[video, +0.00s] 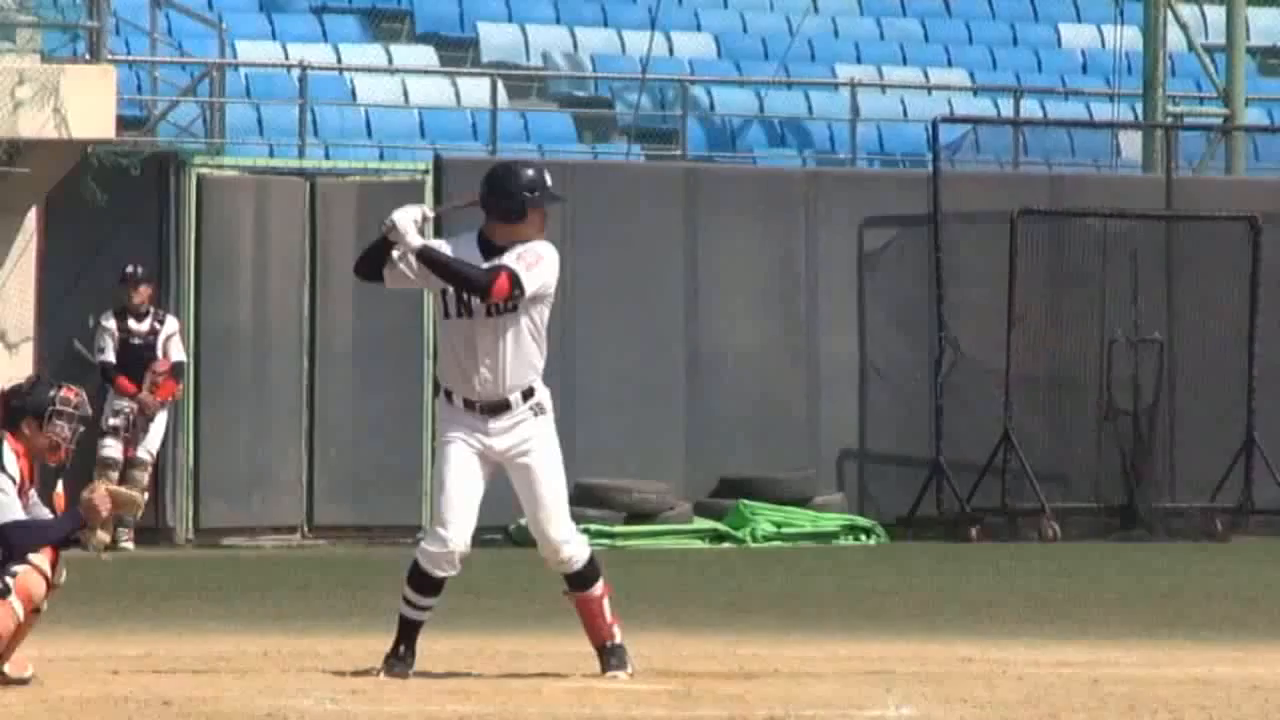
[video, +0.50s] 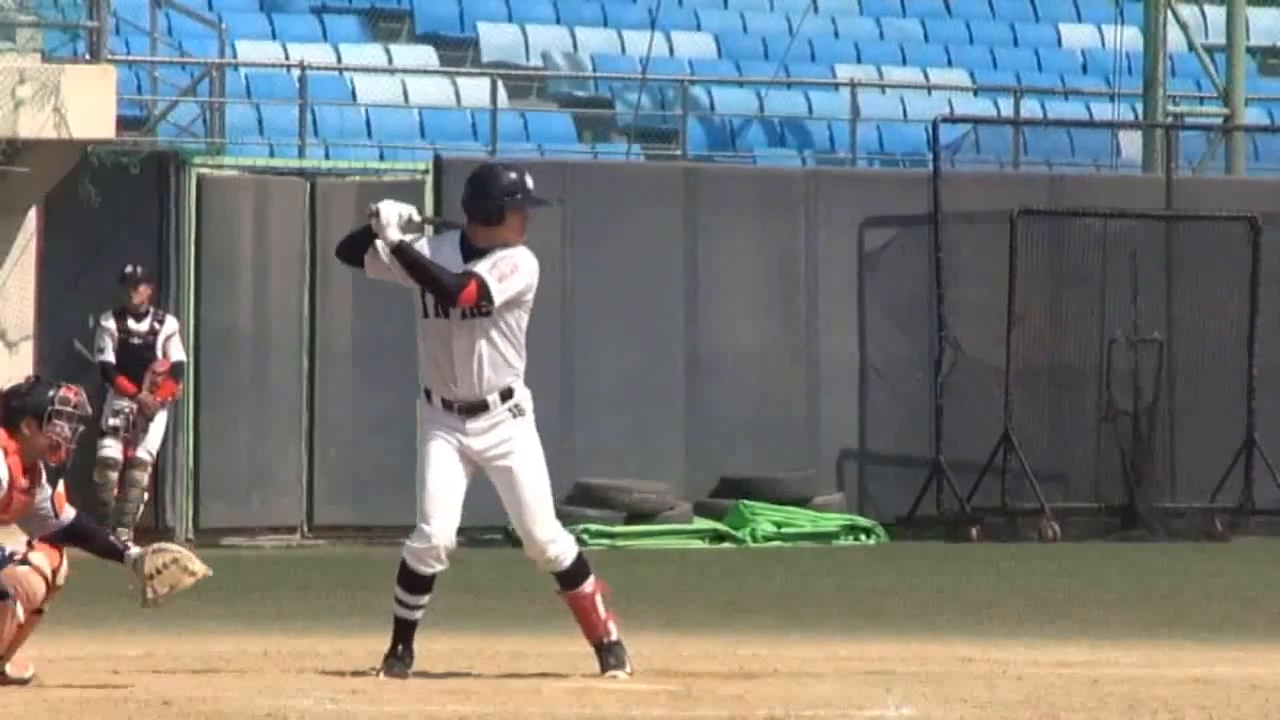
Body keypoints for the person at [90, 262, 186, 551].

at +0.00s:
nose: (134, 293)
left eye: (140, 287)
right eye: (130, 287)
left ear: (151, 290)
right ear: (123, 290)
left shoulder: (168, 324)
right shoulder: (110, 322)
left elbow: (177, 368)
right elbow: (107, 367)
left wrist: (160, 397)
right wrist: (137, 394)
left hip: (153, 399)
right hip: (120, 396)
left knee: (141, 461)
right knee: (109, 457)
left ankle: (126, 529)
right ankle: (102, 526)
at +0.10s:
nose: (134, 293)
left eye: (140, 287)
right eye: (130, 287)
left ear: (151, 290)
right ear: (124, 290)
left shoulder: (168, 324)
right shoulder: (110, 322)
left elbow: (178, 368)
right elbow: (107, 367)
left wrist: (159, 397)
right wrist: (137, 394)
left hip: (153, 399)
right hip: (120, 396)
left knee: (140, 462)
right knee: (108, 457)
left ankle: (126, 529)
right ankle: (103, 527)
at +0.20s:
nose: (134, 293)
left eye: (140, 287)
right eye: (130, 287)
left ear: (150, 291)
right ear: (124, 290)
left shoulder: (168, 324)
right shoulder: (110, 322)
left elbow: (177, 369)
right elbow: (106, 367)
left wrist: (157, 397)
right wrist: (137, 394)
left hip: (153, 399)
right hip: (120, 396)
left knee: (140, 463)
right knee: (108, 458)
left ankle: (128, 533)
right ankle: (104, 530)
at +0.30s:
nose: (134, 292)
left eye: (139, 286)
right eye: (129, 287)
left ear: (150, 290)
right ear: (122, 290)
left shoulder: (168, 324)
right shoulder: (109, 322)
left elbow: (178, 367)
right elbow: (106, 367)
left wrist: (158, 398)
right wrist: (137, 394)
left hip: (155, 397)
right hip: (120, 393)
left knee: (141, 460)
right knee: (109, 455)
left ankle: (129, 524)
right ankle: (106, 521)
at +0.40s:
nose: (133, 292)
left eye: (139, 287)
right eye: (129, 287)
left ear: (150, 290)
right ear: (123, 290)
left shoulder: (168, 325)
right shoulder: (110, 322)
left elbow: (177, 369)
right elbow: (106, 367)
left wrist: (159, 397)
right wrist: (137, 394)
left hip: (153, 399)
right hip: (120, 395)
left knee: (140, 462)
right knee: (108, 457)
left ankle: (125, 530)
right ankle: (105, 525)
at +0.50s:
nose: (133, 293)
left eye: (139, 287)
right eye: (129, 287)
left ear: (150, 290)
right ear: (123, 290)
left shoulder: (168, 324)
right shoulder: (110, 322)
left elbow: (177, 369)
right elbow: (107, 368)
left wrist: (158, 398)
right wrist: (137, 394)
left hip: (154, 399)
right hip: (120, 395)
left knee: (141, 461)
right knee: (108, 456)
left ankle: (125, 530)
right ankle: (105, 526)